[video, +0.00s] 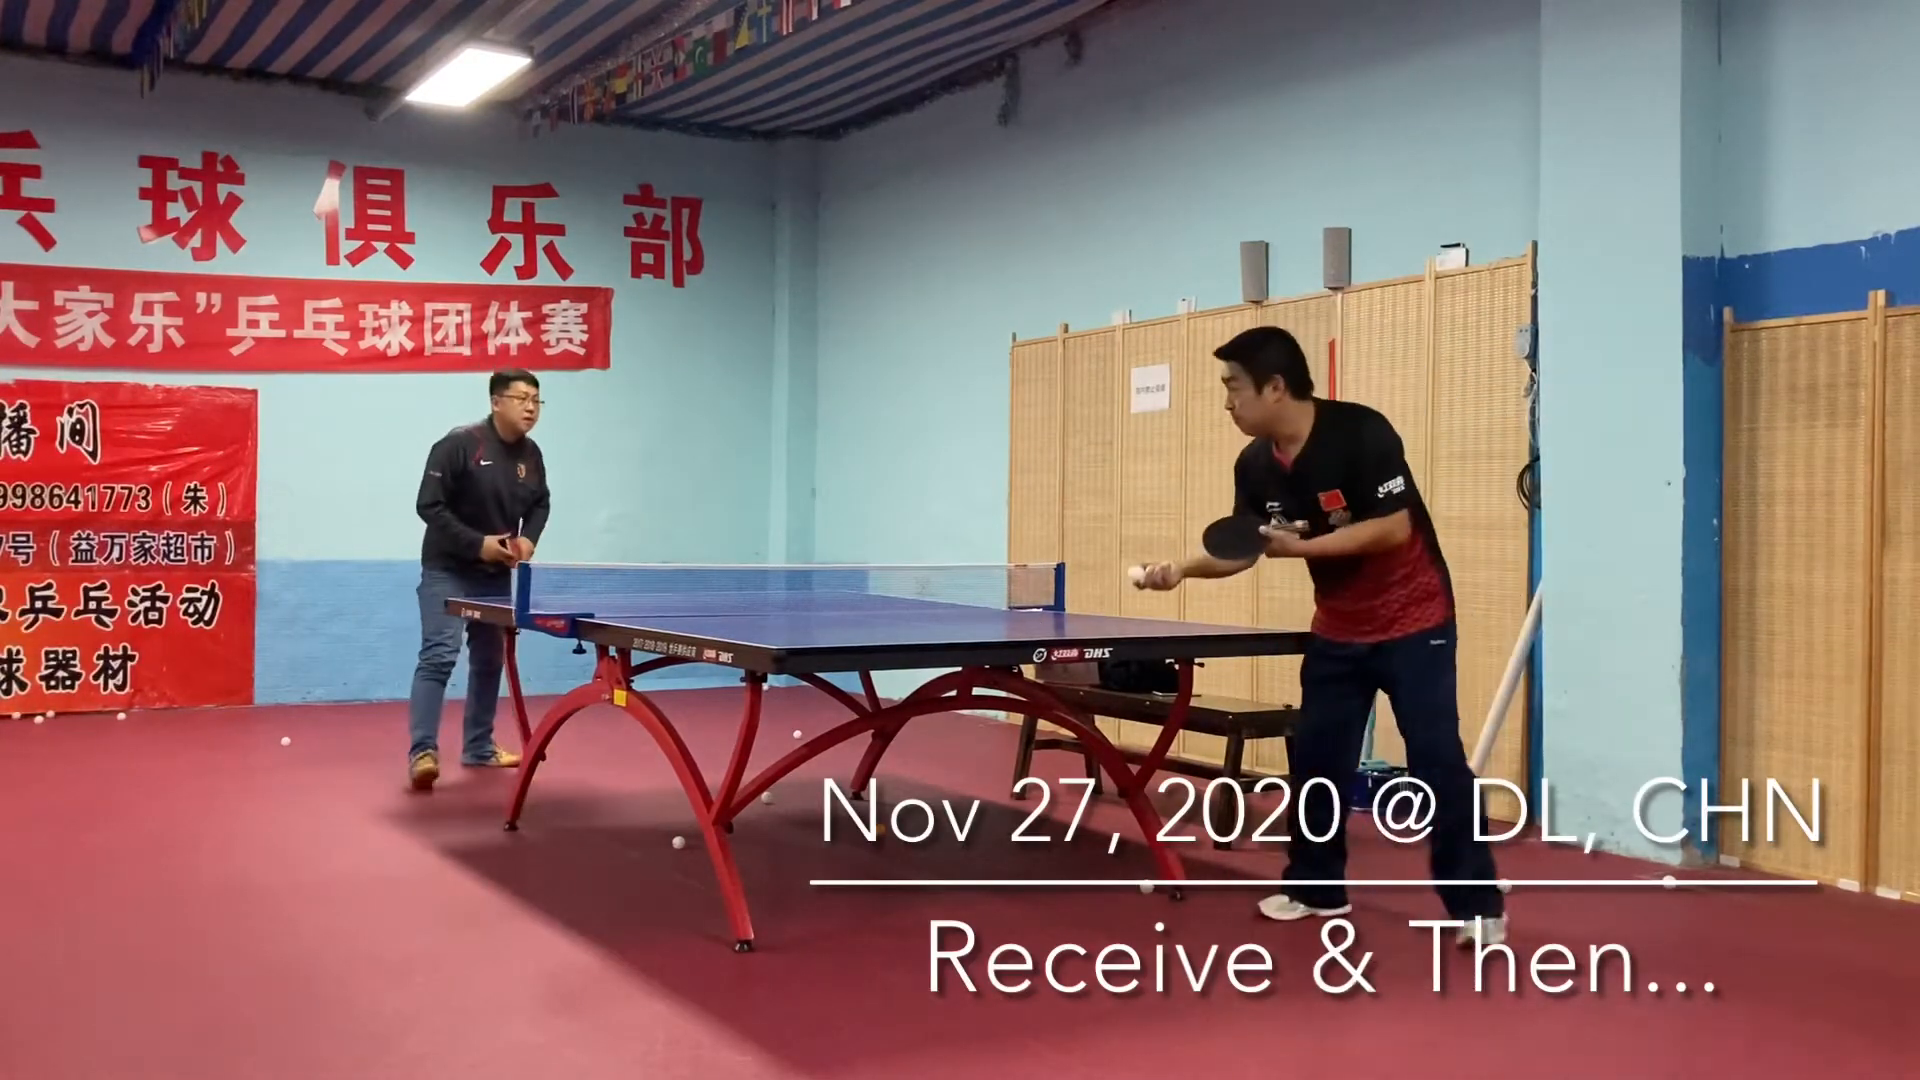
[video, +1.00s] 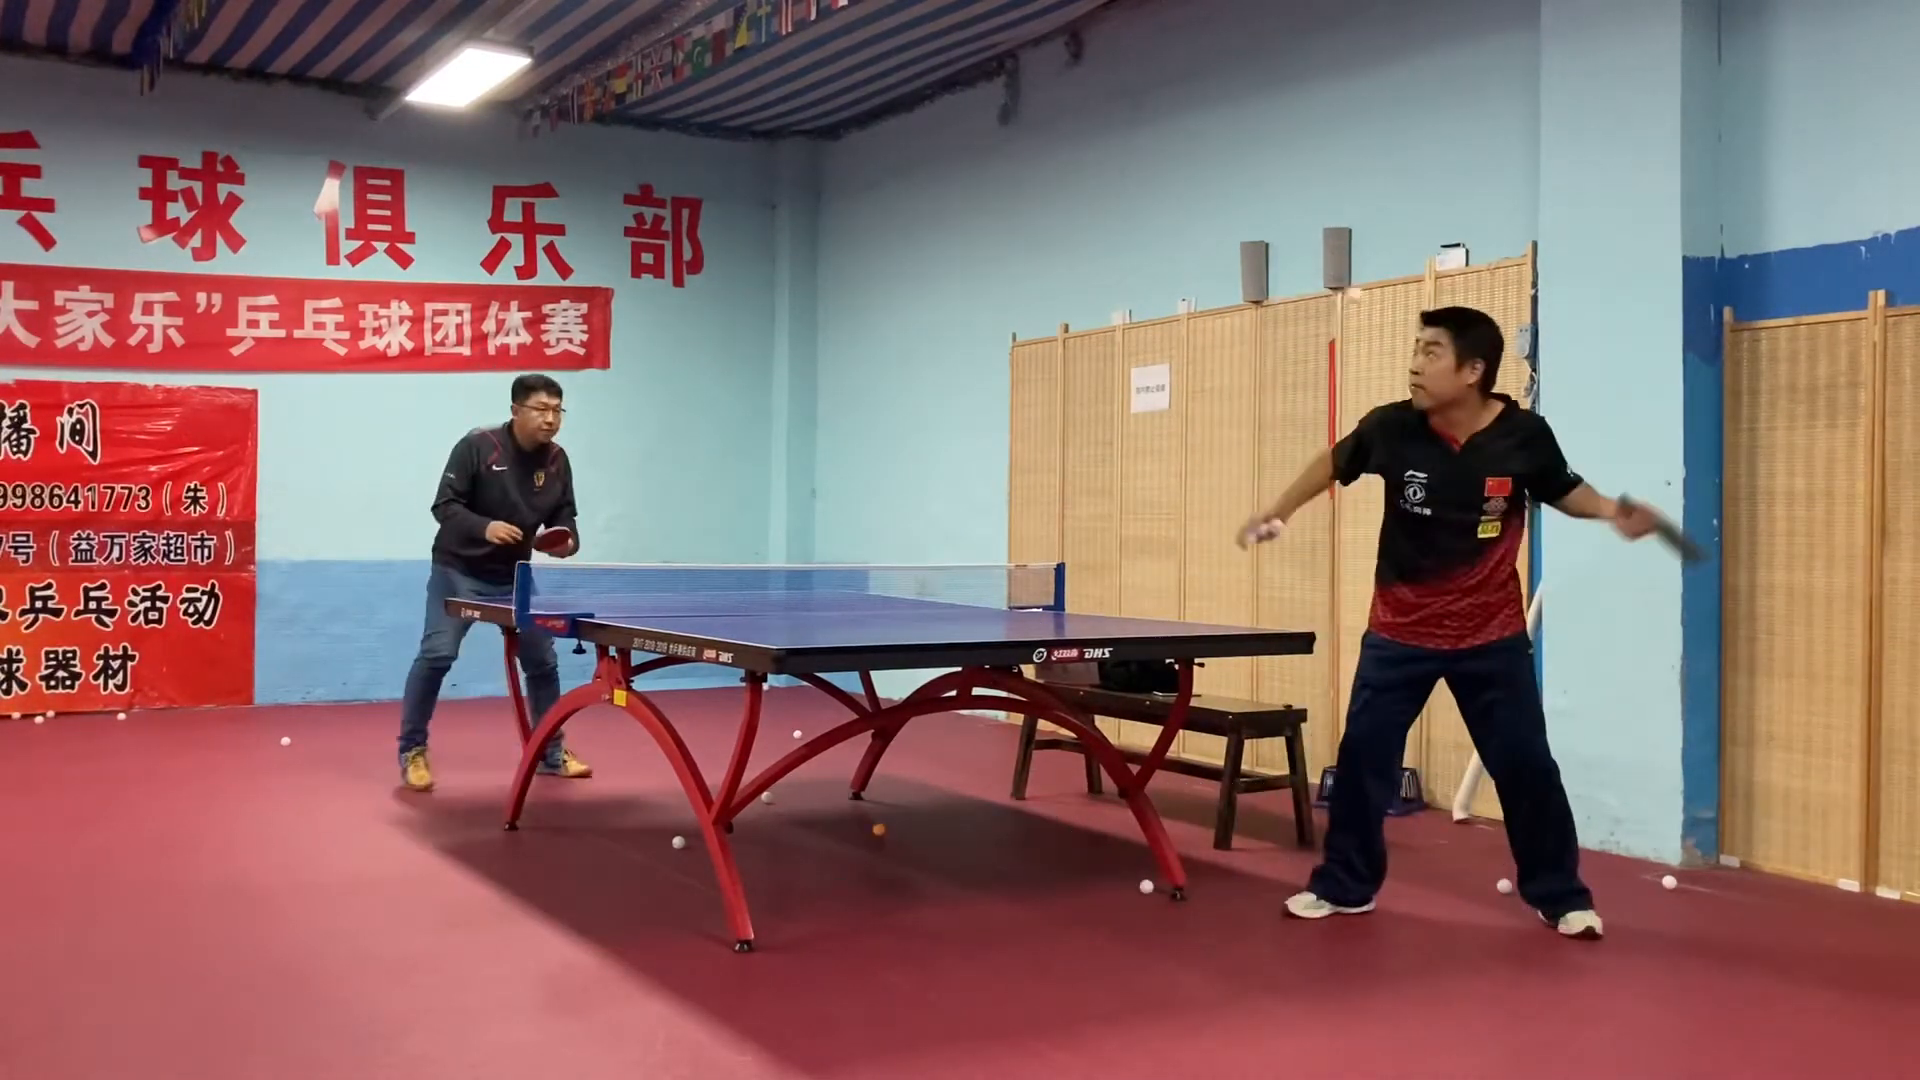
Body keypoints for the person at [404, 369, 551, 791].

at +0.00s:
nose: (531, 409)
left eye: (535, 401)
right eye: (522, 400)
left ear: (537, 408)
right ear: (497, 402)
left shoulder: (530, 453)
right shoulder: (457, 445)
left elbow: (539, 505)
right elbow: (428, 506)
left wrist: (527, 538)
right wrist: (478, 543)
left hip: (494, 573)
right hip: (446, 570)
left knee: (488, 662)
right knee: (438, 655)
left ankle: (478, 748)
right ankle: (423, 752)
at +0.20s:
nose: (515, 421)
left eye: (520, 414)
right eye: (505, 413)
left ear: (523, 419)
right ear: (479, 415)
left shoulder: (521, 460)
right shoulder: (440, 456)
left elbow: (527, 510)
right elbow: (407, 516)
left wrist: (519, 549)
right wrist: (450, 556)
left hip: (488, 577)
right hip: (434, 575)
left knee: (485, 663)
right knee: (429, 660)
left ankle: (479, 749)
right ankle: (422, 758)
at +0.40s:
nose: (507, 428)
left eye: (512, 420)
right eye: (497, 420)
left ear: (517, 421)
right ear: (471, 420)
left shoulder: (515, 457)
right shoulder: (430, 457)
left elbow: (519, 511)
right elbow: (397, 517)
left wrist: (510, 553)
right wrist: (436, 557)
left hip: (482, 572)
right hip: (427, 572)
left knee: (501, 649)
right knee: (425, 659)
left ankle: (485, 731)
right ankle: (421, 758)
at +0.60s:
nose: (509, 424)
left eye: (515, 415)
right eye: (498, 414)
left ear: (523, 419)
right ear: (474, 415)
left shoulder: (521, 454)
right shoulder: (440, 453)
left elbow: (527, 505)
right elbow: (406, 516)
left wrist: (520, 536)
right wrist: (453, 547)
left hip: (493, 576)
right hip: (436, 576)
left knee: (522, 651)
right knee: (433, 660)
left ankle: (523, 745)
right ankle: (423, 757)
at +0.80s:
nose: (525, 422)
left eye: (531, 414)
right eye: (515, 413)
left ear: (536, 417)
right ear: (490, 415)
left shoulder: (534, 457)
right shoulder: (455, 450)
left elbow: (542, 509)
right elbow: (420, 513)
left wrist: (542, 535)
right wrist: (463, 533)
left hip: (504, 576)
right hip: (448, 576)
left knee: (531, 661)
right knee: (443, 660)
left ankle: (548, 752)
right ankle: (425, 756)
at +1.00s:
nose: (550, 419)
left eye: (556, 411)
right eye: (541, 410)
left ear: (562, 416)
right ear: (516, 411)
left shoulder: (556, 459)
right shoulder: (478, 446)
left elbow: (565, 516)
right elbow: (444, 507)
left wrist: (563, 540)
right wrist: (485, 526)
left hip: (513, 574)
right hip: (459, 571)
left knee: (543, 660)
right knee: (438, 653)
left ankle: (552, 752)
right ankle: (412, 749)